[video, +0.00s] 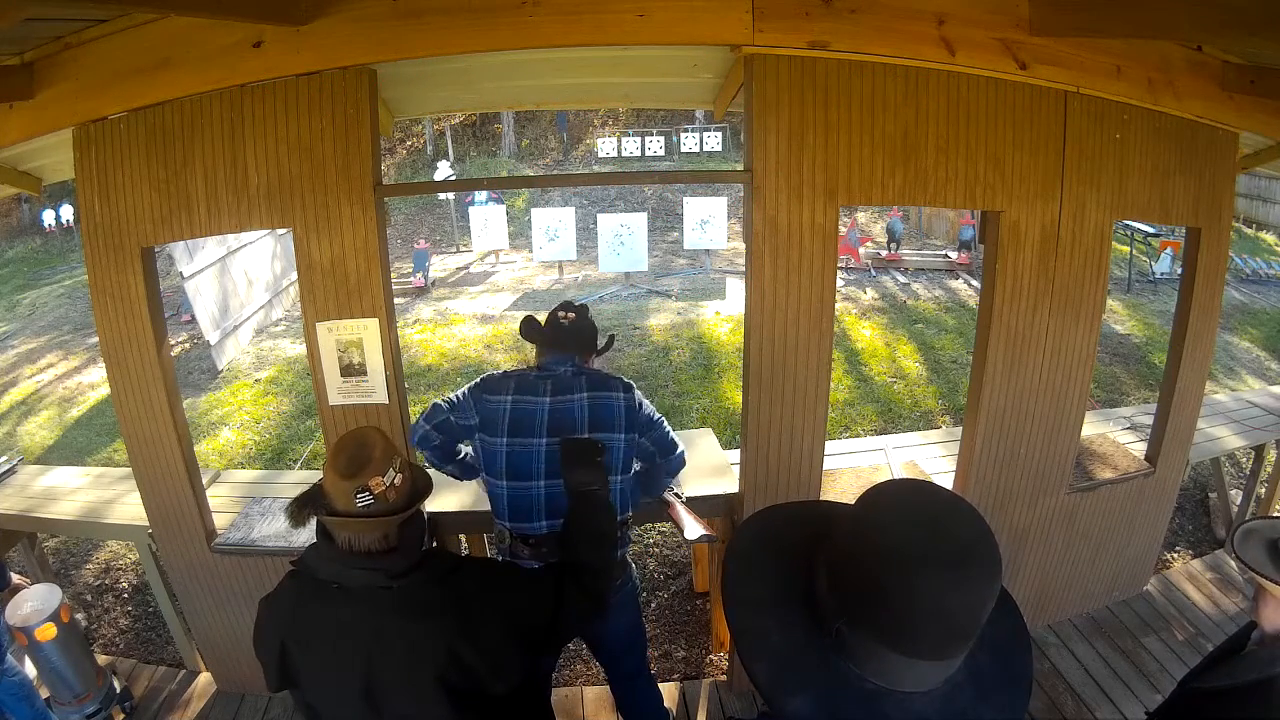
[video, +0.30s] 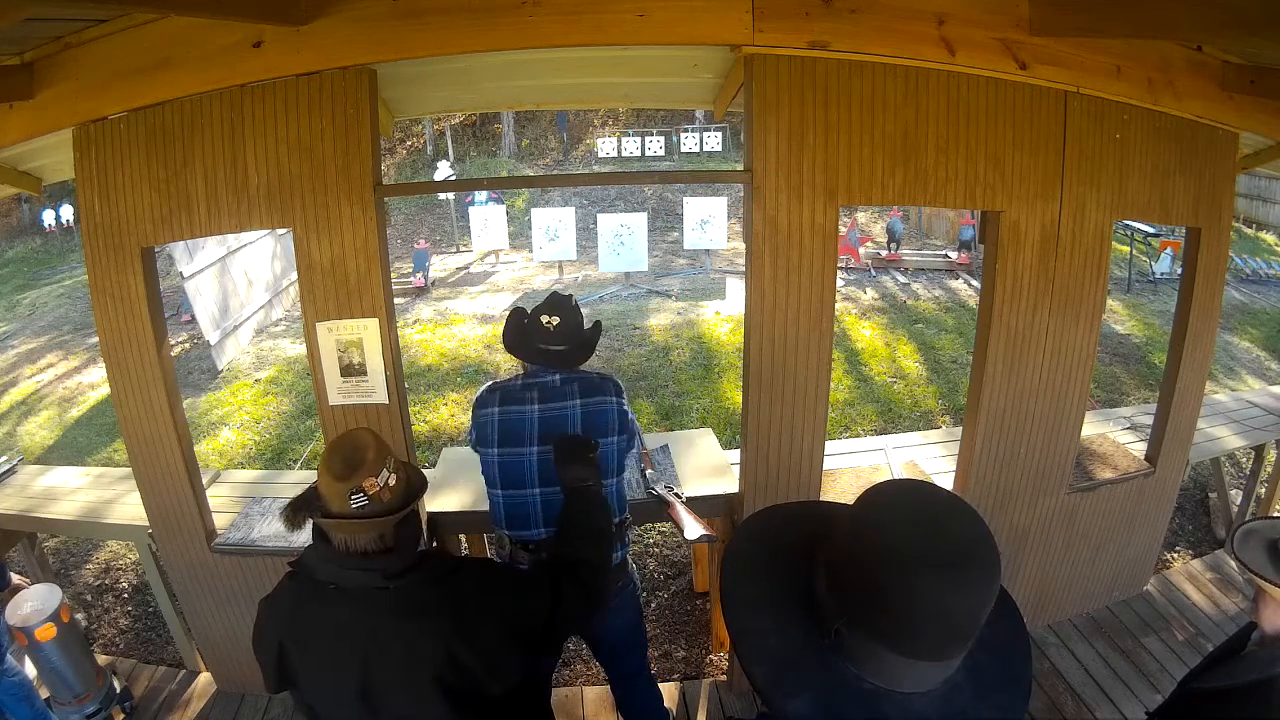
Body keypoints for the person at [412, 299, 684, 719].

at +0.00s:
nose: (596, 360)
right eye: (595, 352)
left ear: (538, 348)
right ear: (590, 354)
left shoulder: (489, 391)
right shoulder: (620, 393)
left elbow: (425, 433)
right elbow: (670, 456)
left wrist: (478, 467)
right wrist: (629, 495)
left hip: (524, 579)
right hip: (604, 573)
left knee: (528, 694)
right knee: (634, 685)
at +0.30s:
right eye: (580, 335)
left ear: (523, 342)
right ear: (581, 343)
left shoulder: (489, 401)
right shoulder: (608, 391)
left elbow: (479, 449)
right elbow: (629, 459)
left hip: (526, 585)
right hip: (605, 577)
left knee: (530, 696)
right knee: (636, 686)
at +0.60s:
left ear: (528, 341)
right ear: (583, 344)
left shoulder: (494, 392)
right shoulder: (607, 387)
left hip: (524, 582)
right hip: (602, 575)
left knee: (529, 693)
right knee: (636, 687)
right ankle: (653, 716)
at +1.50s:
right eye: (592, 341)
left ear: (533, 343)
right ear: (587, 348)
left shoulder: (499, 390)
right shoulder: (609, 389)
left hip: (523, 578)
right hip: (601, 573)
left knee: (530, 691)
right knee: (635, 687)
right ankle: (652, 714)